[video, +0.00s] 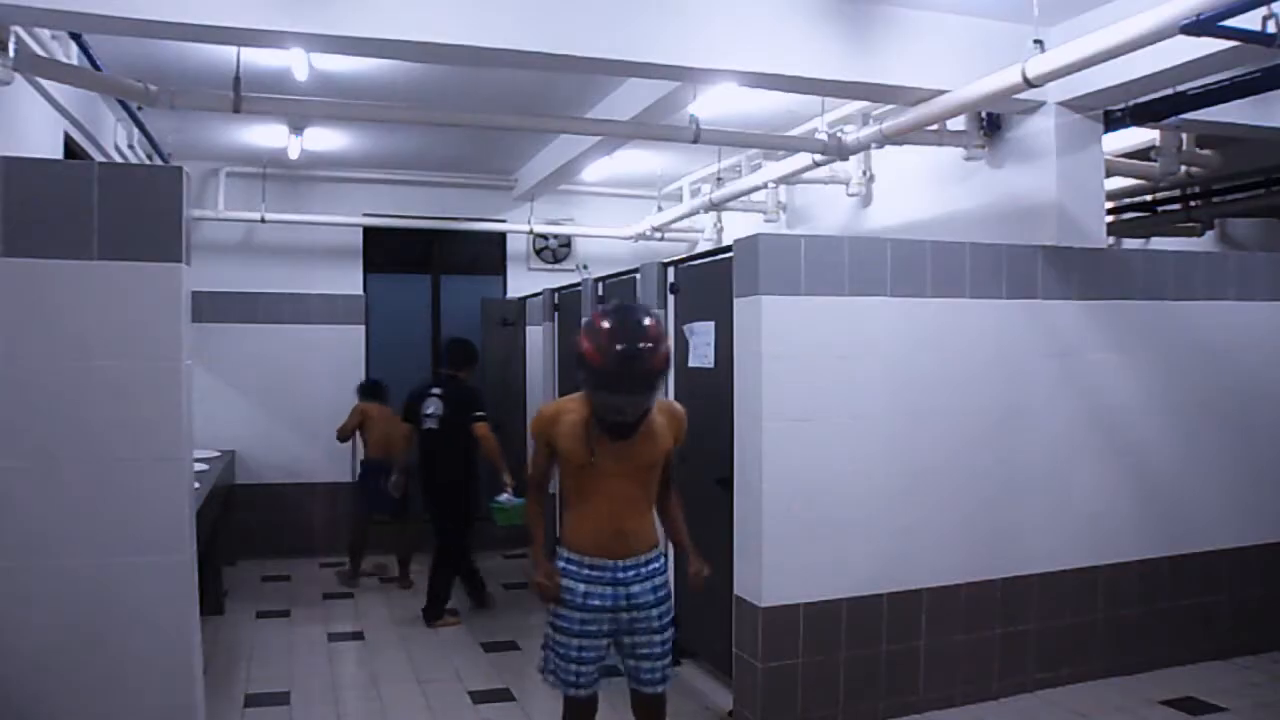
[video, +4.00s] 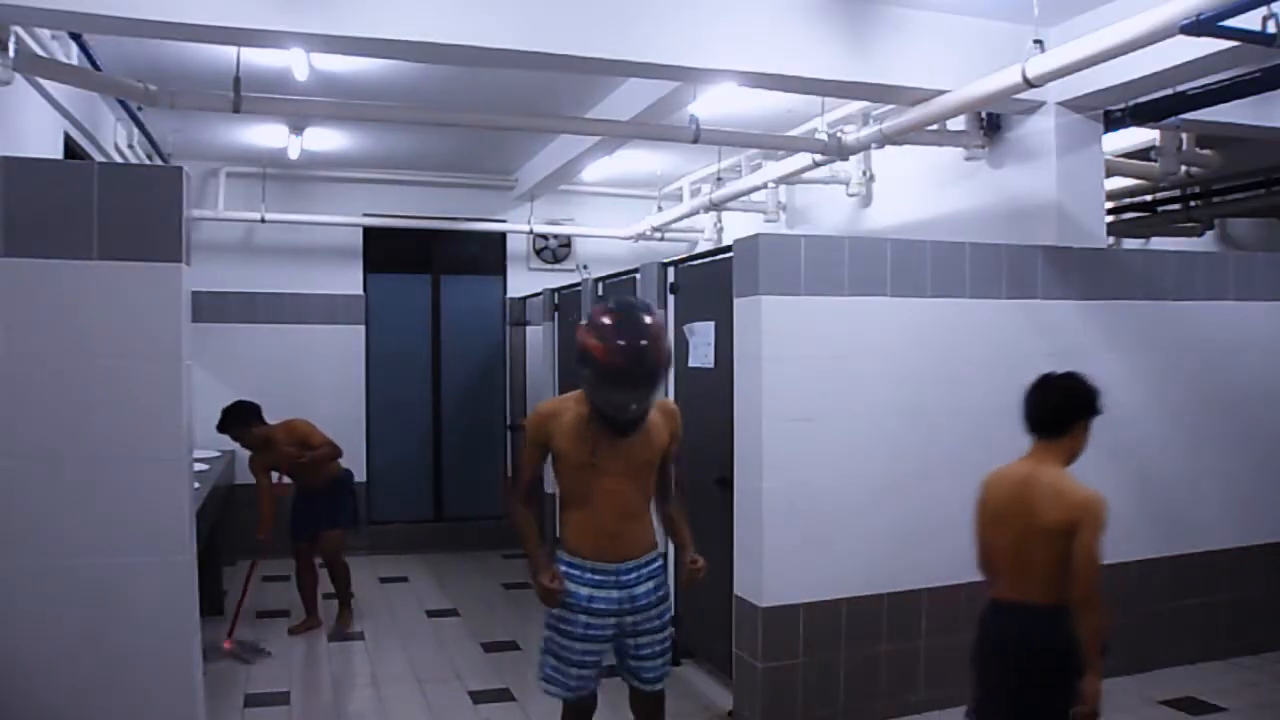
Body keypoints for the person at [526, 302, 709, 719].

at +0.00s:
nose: (623, 413)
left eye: (636, 401)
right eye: (611, 401)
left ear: (654, 383)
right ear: (588, 380)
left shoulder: (671, 420)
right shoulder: (554, 420)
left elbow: (665, 489)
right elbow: (535, 491)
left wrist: (688, 552)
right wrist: (540, 561)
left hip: (648, 575)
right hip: (580, 576)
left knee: (651, 698)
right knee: (579, 701)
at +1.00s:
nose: (615, 419)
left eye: (628, 409)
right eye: (603, 408)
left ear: (648, 386)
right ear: (584, 385)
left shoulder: (671, 419)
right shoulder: (552, 421)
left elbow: (671, 491)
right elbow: (540, 493)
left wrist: (690, 556)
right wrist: (540, 558)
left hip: (646, 575)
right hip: (577, 575)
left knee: (653, 702)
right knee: (578, 704)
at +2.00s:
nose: (618, 408)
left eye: (630, 396)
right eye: (605, 397)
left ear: (649, 377)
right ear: (583, 376)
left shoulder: (669, 417)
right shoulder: (550, 422)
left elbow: (676, 491)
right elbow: (540, 493)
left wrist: (697, 546)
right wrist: (541, 562)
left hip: (649, 576)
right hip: (581, 578)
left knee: (655, 696)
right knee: (581, 699)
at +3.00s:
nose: (621, 411)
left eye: (632, 399)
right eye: (608, 400)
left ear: (650, 381)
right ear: (587, 380)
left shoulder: (669, 416)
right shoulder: (553, 420)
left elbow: (678, 489)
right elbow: (535, 500)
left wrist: (698, 545)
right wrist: (545, 567)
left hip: (649, 576)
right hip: (582, 578)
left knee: (653, 698)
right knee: (581, 702)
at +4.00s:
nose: (627, 408)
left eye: (638, 396)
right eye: (615, 397)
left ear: (655, 379)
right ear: (588, 377)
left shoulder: (666, 418)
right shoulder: (549, 419)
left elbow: (668, 493)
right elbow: (522, 498)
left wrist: (687, 549)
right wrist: (539, 563)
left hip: (646, 578)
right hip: (579, 580)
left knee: (650, 700)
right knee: (579, 704)